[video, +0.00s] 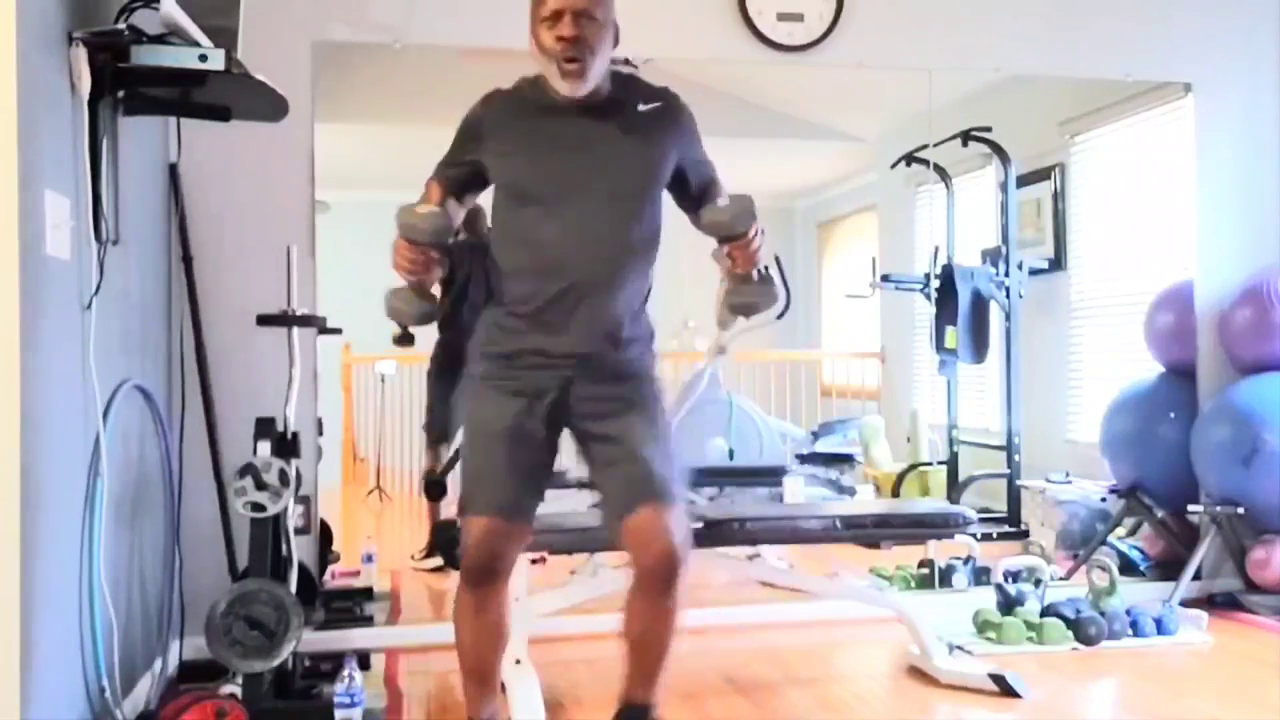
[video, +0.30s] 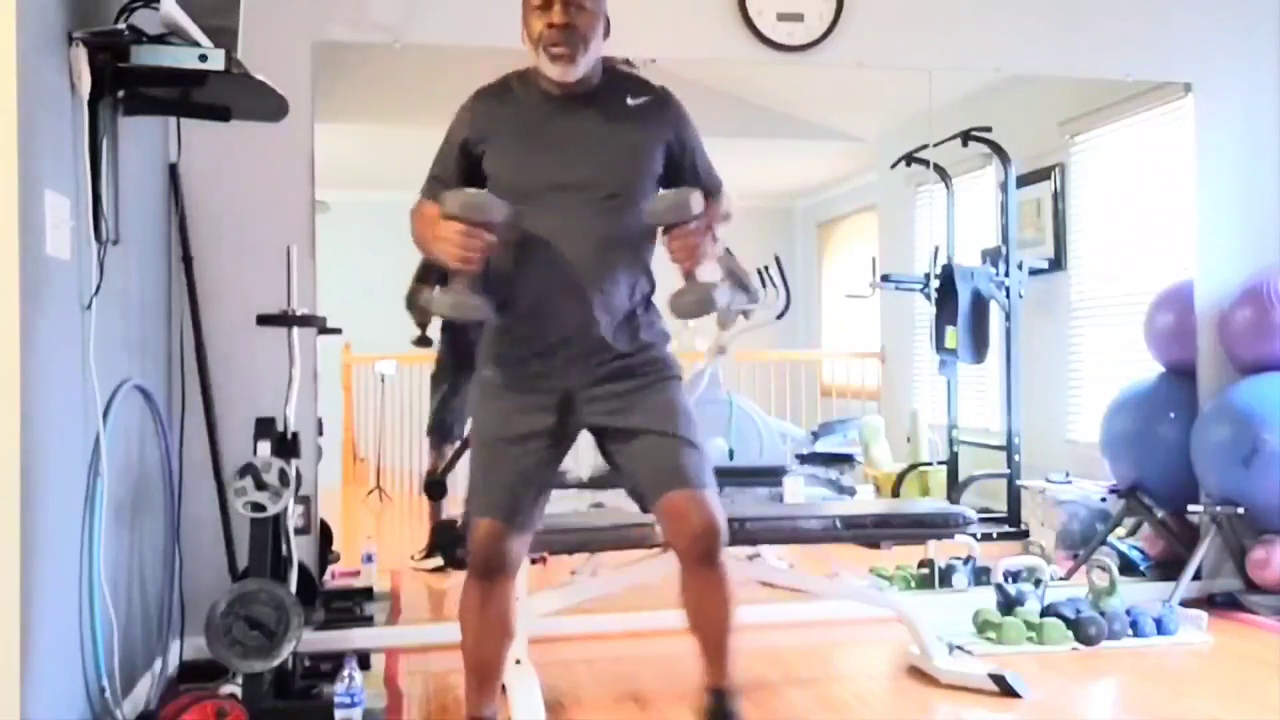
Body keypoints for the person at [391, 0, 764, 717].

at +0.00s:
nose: (568, 32)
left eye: (586, 16)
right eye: (553, 18)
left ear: (615, 25)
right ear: (533, 29)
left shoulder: (662, 116)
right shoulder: (494, 116)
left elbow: (715, 210)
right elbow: (437, 205)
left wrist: (742, 247)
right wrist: (417, 245)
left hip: (617, 366)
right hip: (509, 364)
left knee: (661, 552)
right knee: (484, 554)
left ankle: (637, 710)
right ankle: (485, 712)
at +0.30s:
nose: (557, 20)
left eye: (575, 6)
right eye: (542, 6)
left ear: (605, 20)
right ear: (524, 18)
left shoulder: (654, 109)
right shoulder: (486, 111)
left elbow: (709, 198)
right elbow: (428, 210)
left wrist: (698, 233)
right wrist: (439, 236)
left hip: (631, 361)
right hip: (517, 369)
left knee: (700, 529)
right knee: (489, 550)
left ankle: (721, 695)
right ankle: (482, 710)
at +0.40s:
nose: (575, 52)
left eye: (590, 37)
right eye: (559, 38)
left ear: (617, 50)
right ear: (539, 53)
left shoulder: (668, 145)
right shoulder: (499, 145)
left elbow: (728, 262)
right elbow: (441, 257)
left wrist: (692, 262)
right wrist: (481, 267)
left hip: (643, 382)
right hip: (530, 383)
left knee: (726, 552)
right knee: (487, 564)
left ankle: (783, 709)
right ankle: (482, 714)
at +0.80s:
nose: (680, 83)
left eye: (696, 70)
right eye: (666, 70)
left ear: (723, 84)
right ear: (645, 84)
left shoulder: (772, 172)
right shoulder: (605, 177)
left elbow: (828, 268)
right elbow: (557, 277)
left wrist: (805, 279)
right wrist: (577, 290)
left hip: (747, 404)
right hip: (637, 402)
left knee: (805, 565)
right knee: (563, 565)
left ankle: (807, 717)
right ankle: (517, 706)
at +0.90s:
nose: (693, 49)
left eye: (709, 34)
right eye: (679, 35)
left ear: (739, 44)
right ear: (660, 49)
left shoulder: (791, 138)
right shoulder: (624, 144)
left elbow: (840, 242)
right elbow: (584, 252)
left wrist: (840, 255)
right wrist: (584, 281)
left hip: (765, 378)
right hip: (654, 377)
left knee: (800, 559)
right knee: (592, 548)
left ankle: (805, 713)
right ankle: (577, 692)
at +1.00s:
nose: (716, 31)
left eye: (732, 17)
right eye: (700, 19)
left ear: (761, 29)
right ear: (682, 33)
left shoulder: (812, 120)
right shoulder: (644, 123)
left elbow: (874, 207)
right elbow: (600, 229)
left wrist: (881, 236)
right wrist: (581, 255)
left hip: (781, 366)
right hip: (675, 366)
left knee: (803, 556)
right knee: (639, 551)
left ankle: (808, 713)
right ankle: (685, 689)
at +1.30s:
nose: (740, 18)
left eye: (756, 4)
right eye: (723, 6)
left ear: (785, 13)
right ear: (705, 19)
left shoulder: (843, 98)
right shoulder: (672, 116)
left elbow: (912, 186)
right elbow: (622, 224)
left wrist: (897, 212)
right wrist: (638, 243)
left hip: (829, 346)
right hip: (723, 358)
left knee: (874, 520)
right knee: (712, 539)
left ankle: (885, 702)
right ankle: (721, 705)